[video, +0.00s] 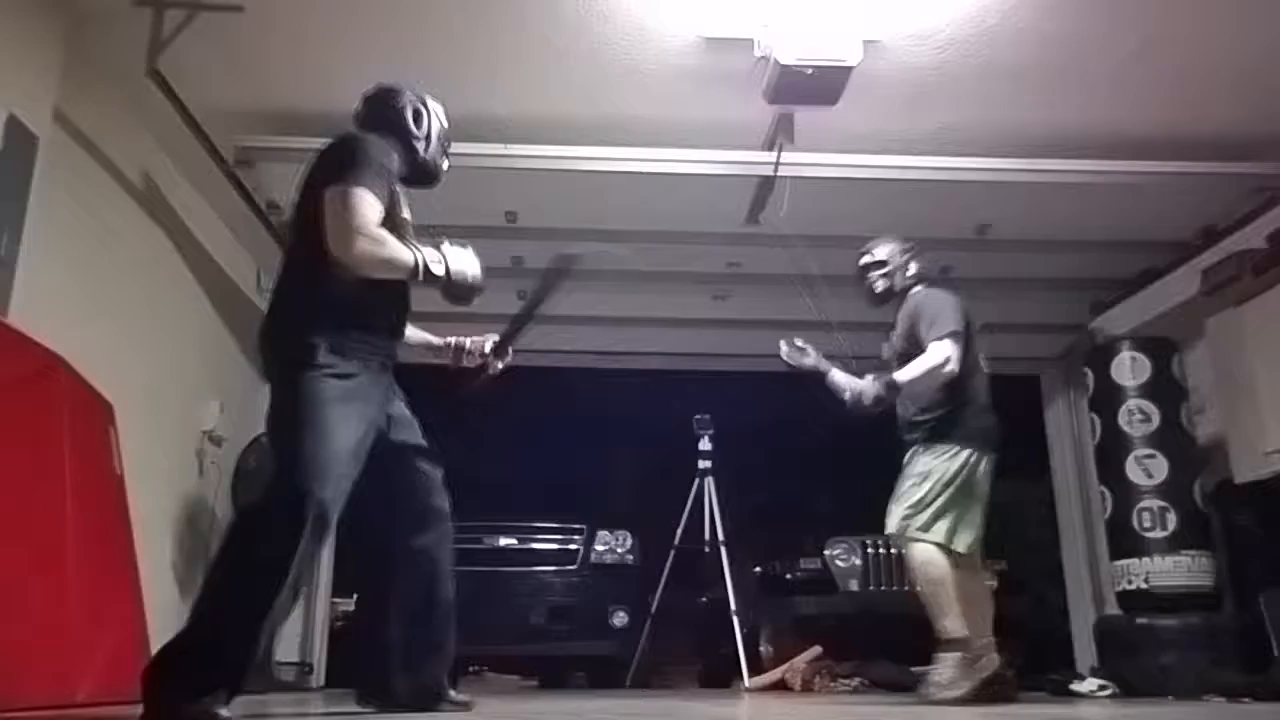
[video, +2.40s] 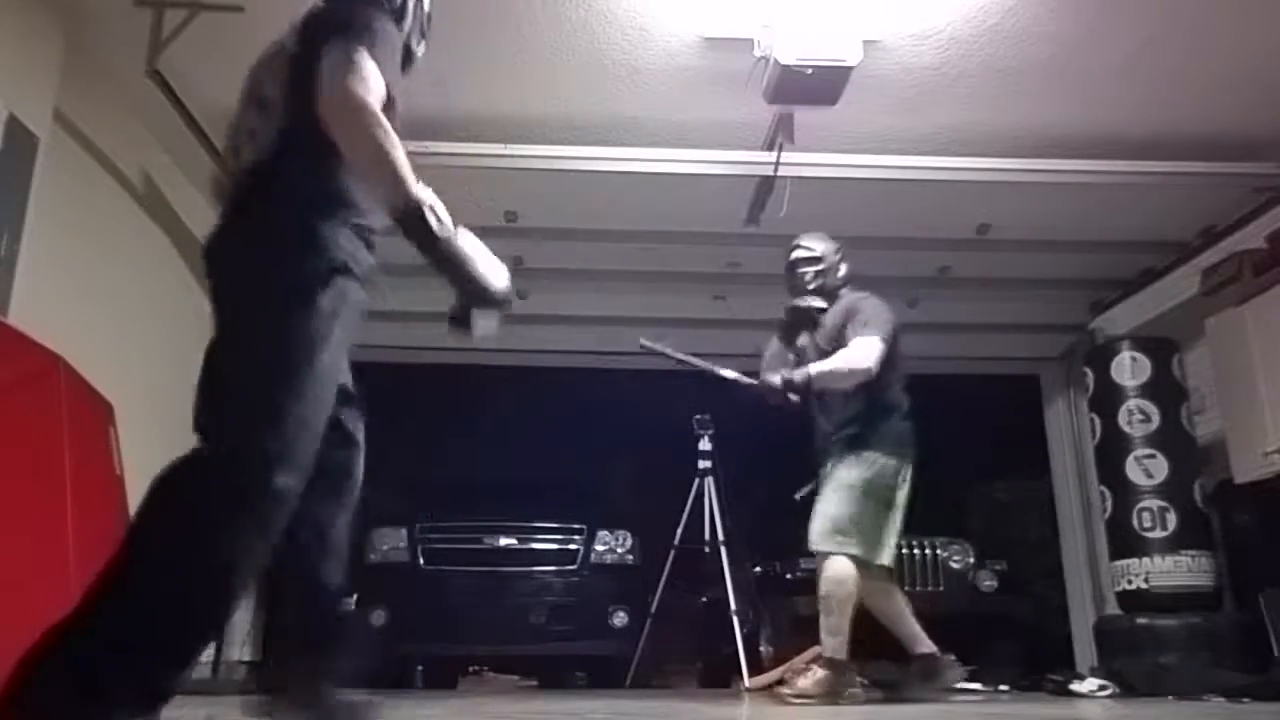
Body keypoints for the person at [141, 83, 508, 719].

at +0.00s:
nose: (439, 151)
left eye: (439, 139)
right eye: (435, 136)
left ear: (389, 125)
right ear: (412, 125)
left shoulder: (382, 191)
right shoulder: (362, 153)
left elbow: (369, 321)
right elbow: (353, 244)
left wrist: (453, 350)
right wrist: (436, 260)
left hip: (370, 371)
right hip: (327, 360)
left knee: (422, 510)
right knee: (303, 503)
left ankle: (412, 685)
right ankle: (184, 688)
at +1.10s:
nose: (407, 120)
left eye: (411, 108)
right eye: (406, 103)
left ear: (370, 90)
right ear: (384, 83)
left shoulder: (355, 166)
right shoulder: (323, 101)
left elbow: (345, 294)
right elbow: (312, 192)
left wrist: (431, 327)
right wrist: (399, 227)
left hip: (336, 342)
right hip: (278, 324)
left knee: (387, 481)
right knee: (252, 462)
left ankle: (372, 681)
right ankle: (68, 665)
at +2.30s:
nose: (425, 44)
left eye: (425, 34)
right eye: (422, 28)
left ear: (352, 16)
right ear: (399, 16)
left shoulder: (313, 74)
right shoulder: (364, 52)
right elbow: (378, 153)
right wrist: (468, 273)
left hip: (303, 280)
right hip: (319, 277)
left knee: (352, 479)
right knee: (290, 480)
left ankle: (364, 684)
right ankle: (82, 682)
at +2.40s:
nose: (419, 35)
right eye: (417, 26)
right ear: (405, 9)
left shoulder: (304, 45)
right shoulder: (377, 10)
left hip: (280, 249)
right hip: (302, 248)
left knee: (331, 447)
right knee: (252, 472)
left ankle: (306, 662)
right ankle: (78, 694)